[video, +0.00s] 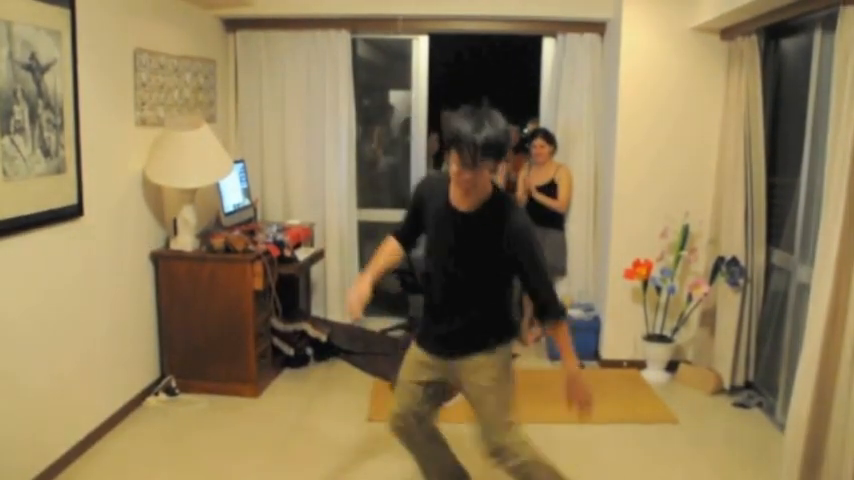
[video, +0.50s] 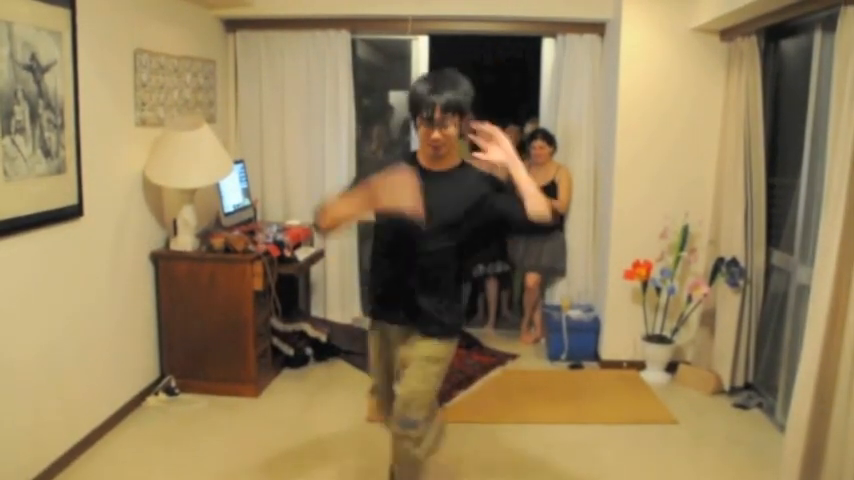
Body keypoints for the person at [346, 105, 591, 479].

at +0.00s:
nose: (463, 177)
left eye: (475, 169)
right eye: (457, 166)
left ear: (496, 168)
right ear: (448, 158)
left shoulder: (510, 220)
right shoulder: (432, 192)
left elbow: (547, 300)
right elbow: (403, 238)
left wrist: (573, 369)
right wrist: (367, 278)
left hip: (485, 350)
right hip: (431, 343)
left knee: (501, 444)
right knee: (406, 421)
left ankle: (552, 477)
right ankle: (452, 476)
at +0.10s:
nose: (459, 160)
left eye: (470, 152)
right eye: (453, 148)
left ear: (488, 150)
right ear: (440, 139)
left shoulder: (504, 201)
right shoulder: (418, 182)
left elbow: (543, 265)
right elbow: (380, 222)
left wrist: (574, 320)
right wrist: (353, 241)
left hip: (475, 324)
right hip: (427, 318)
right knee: (412, 410)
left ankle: (492, 474)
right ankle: (454, 474)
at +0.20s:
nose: (450, 137)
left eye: (460, 126)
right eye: (442, 125)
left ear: (476, 127)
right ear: (427, 124)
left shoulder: (499, 180)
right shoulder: (402, 171)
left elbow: (546, 231)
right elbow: (362, 233)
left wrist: (582, 266)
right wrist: (311, 264)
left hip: (465, 304)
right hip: (415, 299)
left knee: (428, 395)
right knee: (413, 391)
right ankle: (450, 466)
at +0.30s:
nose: (447, 139)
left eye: (457, 129)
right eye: (439, 128)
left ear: (472, 129)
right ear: (421, 127)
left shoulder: (492, 181)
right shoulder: (397, 176)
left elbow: (548, 225)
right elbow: (365, 248)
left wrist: (600, 244)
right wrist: (333, 308)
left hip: (453, 316)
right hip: (403, 306)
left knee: (414, 407)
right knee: (406, 392)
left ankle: (386, 476)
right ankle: (436, 450)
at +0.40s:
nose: (442, 140)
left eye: (452, 131)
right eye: (433, 130)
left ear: (467, 133)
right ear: (418, 131)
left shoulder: (487, 190)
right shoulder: (391, 180)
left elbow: (532, 243)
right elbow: (345, 244)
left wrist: (562, 208)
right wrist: (383, 280)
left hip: (446, 320)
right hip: (392, 317)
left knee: (406, 406)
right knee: (416, 396)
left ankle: (388, 474)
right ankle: (435, 455)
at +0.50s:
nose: (434, 134)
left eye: (444, 123)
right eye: (425, 123)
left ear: (463, 125)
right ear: (414, 123)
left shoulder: (479, 184)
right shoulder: (394, 173)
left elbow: (542, 217)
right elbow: (324, 220)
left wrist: (511, 160)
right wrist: (372, 196)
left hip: (438, 321)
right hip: (386, 314)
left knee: (408, 420)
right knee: (389, 408)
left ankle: (403, 475)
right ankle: (432, 430)